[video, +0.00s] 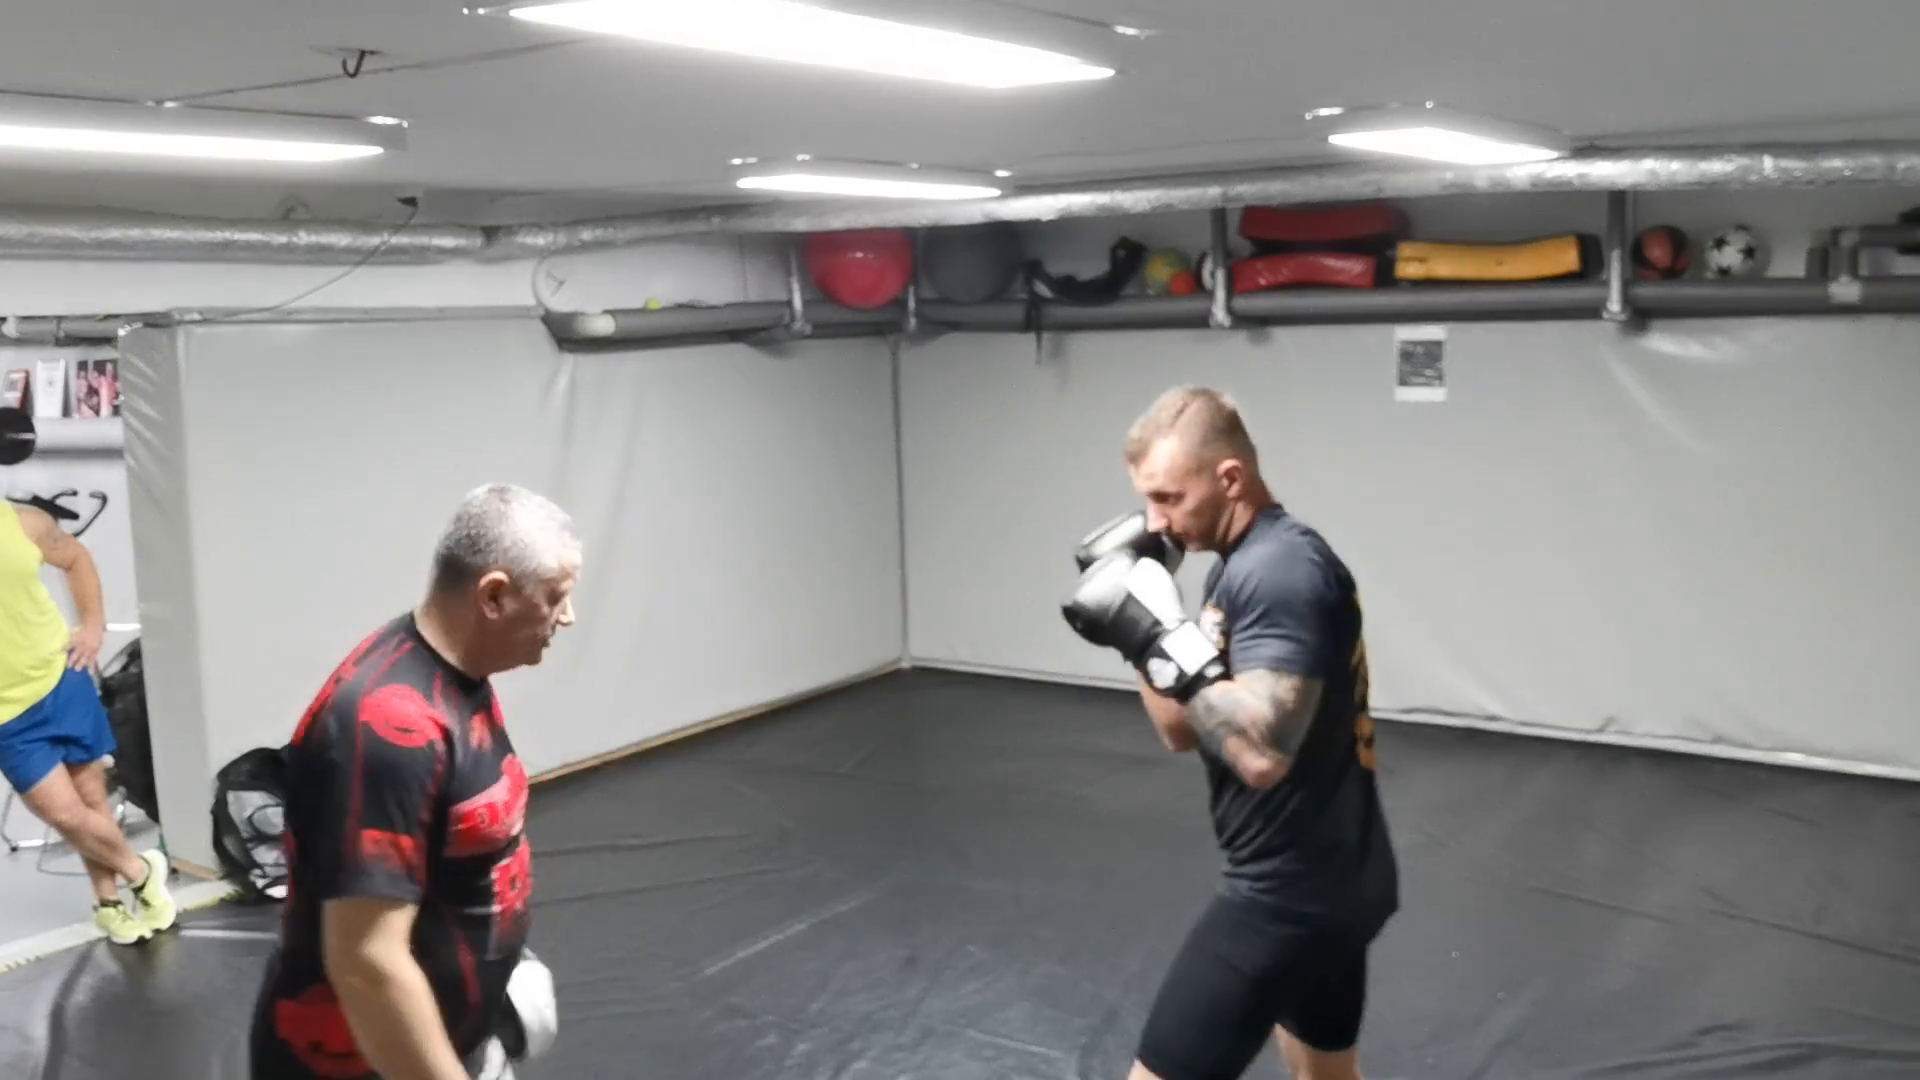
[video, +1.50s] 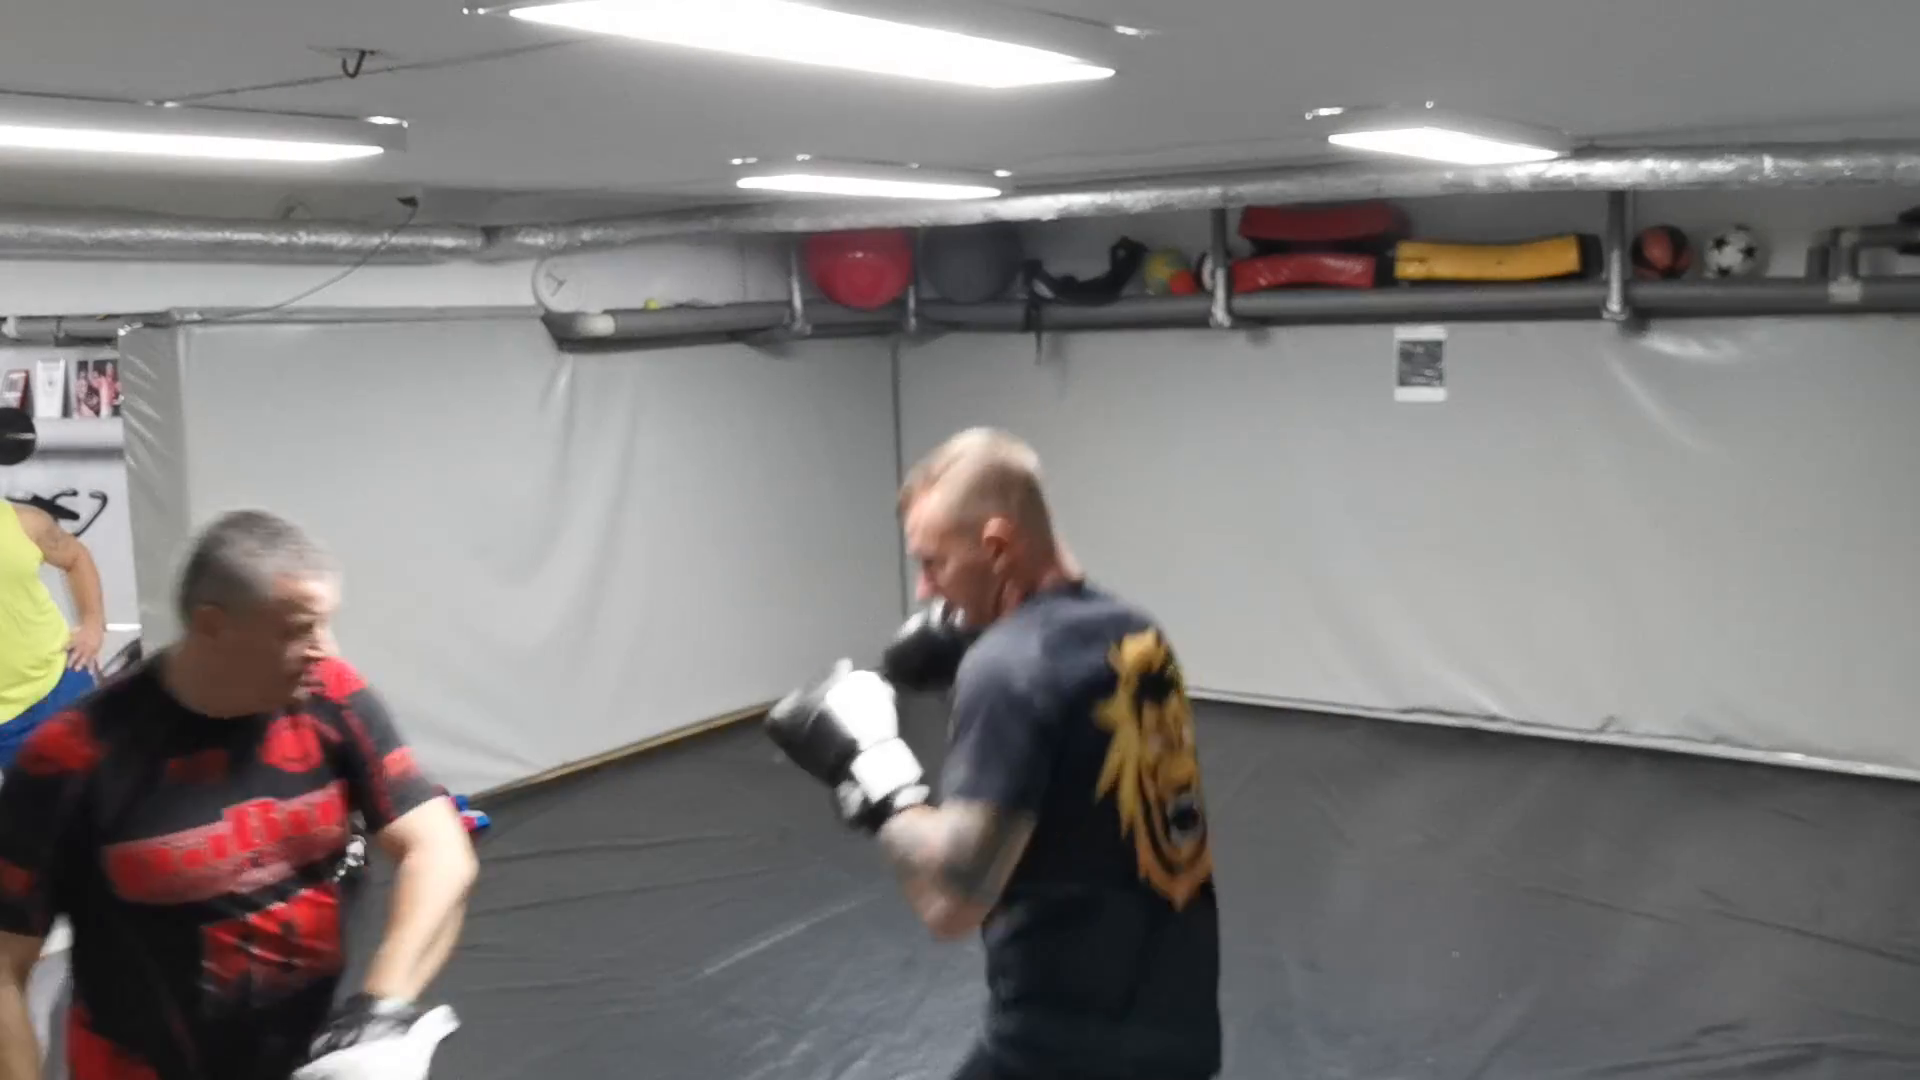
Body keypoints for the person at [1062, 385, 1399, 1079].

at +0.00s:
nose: (1157, 518)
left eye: (1168, 498)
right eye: (1149, 500)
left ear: (1230, 478)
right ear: (1228, 484)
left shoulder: (1283, 569)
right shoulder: (1242, 564)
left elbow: (1263, 753)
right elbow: (1179, 728)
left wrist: (1164, 630)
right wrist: (1143, 622)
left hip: (1290, 889)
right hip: (1321, 875)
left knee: (1158, 1072)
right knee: (1322, 1061)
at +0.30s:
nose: (1080, 562)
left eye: (1087, 538)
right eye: (1075, 541)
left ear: (1148, 516)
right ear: (1157, 516)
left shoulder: (1191, 614)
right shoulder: (1271, 564)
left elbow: (1124, 807)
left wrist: (1061, 677)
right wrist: (1131, 650)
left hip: (1271, 930)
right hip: (1358, 909)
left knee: (1195, 1070)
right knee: (1334, 1068)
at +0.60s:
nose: (1070, 593)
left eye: (1079, 567)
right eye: (1063, 570)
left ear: (1143, 551)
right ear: (1151, 551)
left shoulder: (1172, 661)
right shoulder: (1260, 622)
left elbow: (1127, 876)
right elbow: (1098, 753)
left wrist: (1043, 759)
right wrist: (1097, 630)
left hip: (1225, 1009)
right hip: (1317, 986)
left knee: (1044, 1071)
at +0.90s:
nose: (868, 618)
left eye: (872, 599)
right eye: (863, 599)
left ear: (929, 585)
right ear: (980, 573)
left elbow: (679, 710)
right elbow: (1092, 837)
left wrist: (558, 654)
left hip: (983, 1040)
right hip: (1118, 1033)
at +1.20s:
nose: (940, 595)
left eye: (946, 568)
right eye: (934, 571)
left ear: (1008, 549)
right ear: (1015, 549)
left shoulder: (1024, 652)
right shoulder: (1139, 632)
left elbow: (955, 863)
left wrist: (889, 717)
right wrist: (972, 657)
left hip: (1041, 988)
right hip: (1143, 969)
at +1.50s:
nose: (923, 590)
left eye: (933, 564)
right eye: (919, 567)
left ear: (997, 543)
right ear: (1005, 542)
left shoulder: (1011, 666)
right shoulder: (1130, 630)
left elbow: (950, 900)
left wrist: (873, 759)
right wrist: (977, 655)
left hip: (1060, 1045)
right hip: (1173, 1034)